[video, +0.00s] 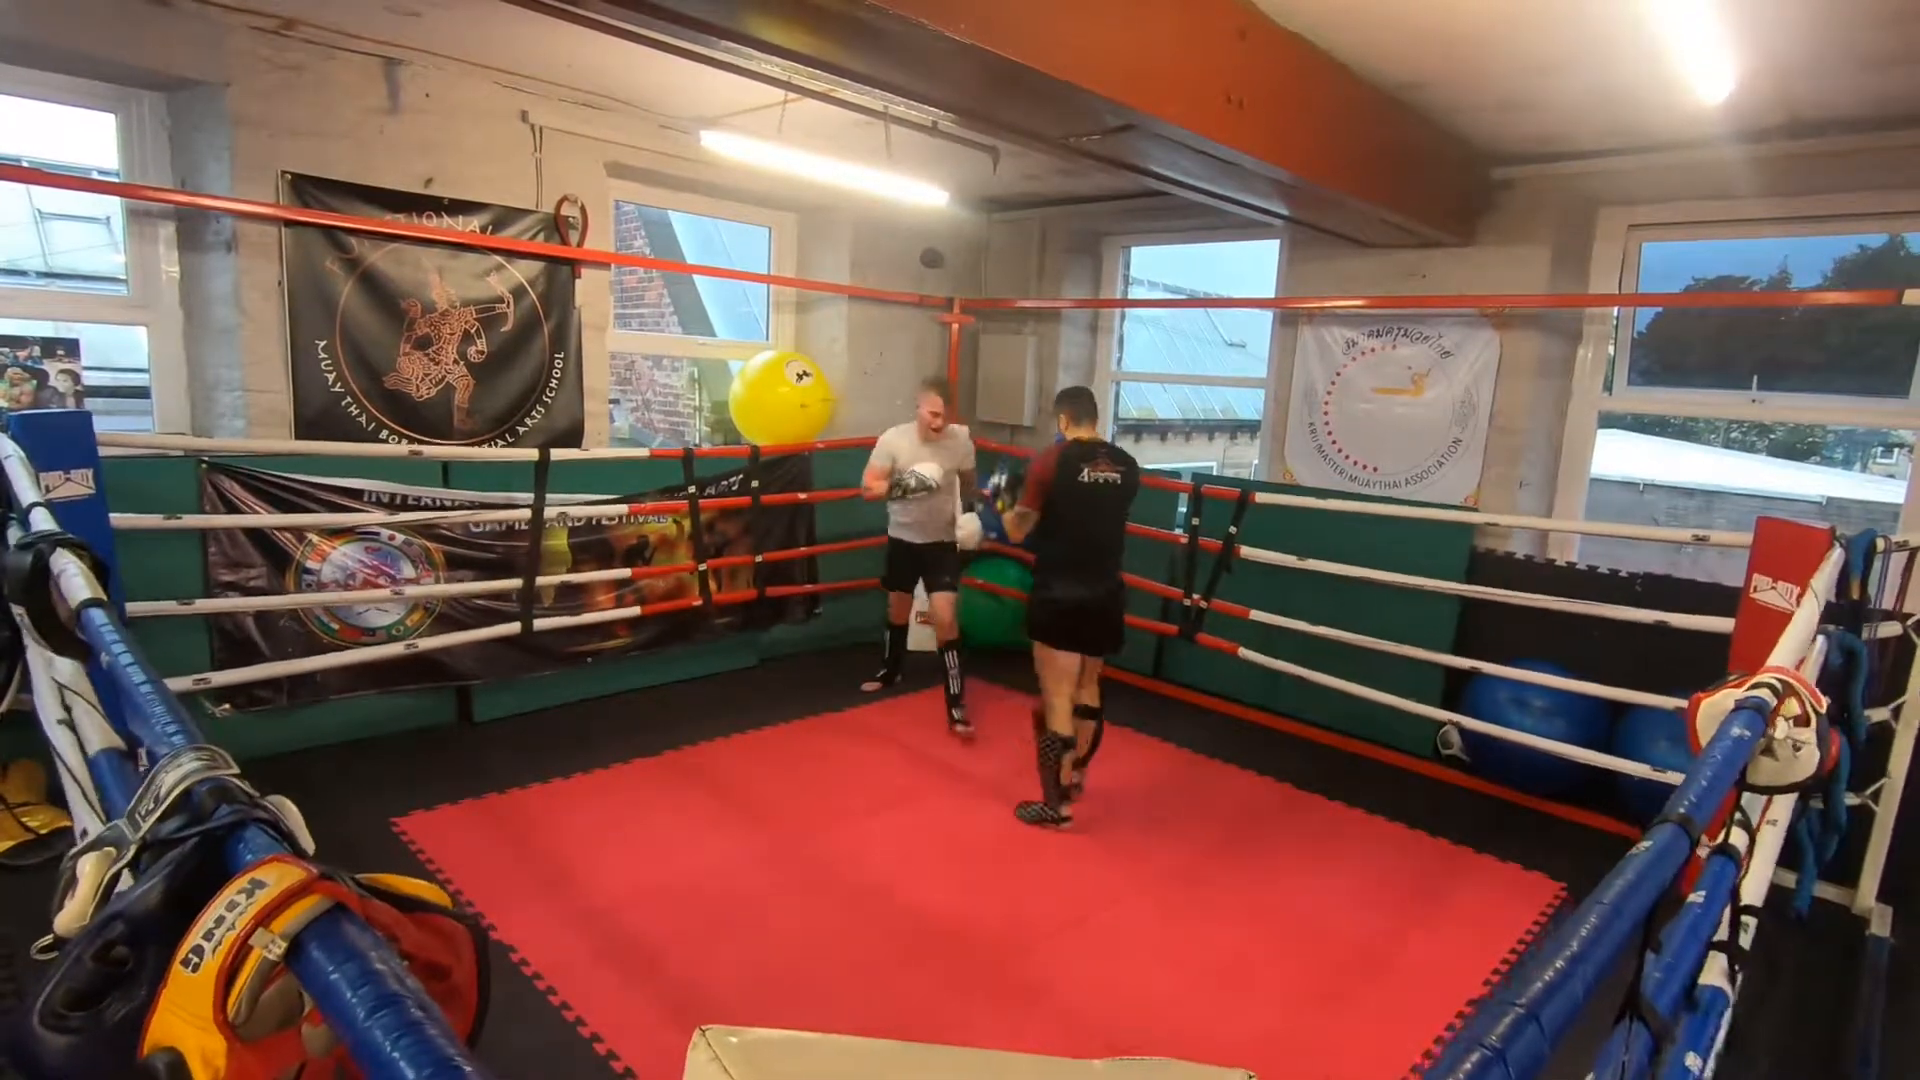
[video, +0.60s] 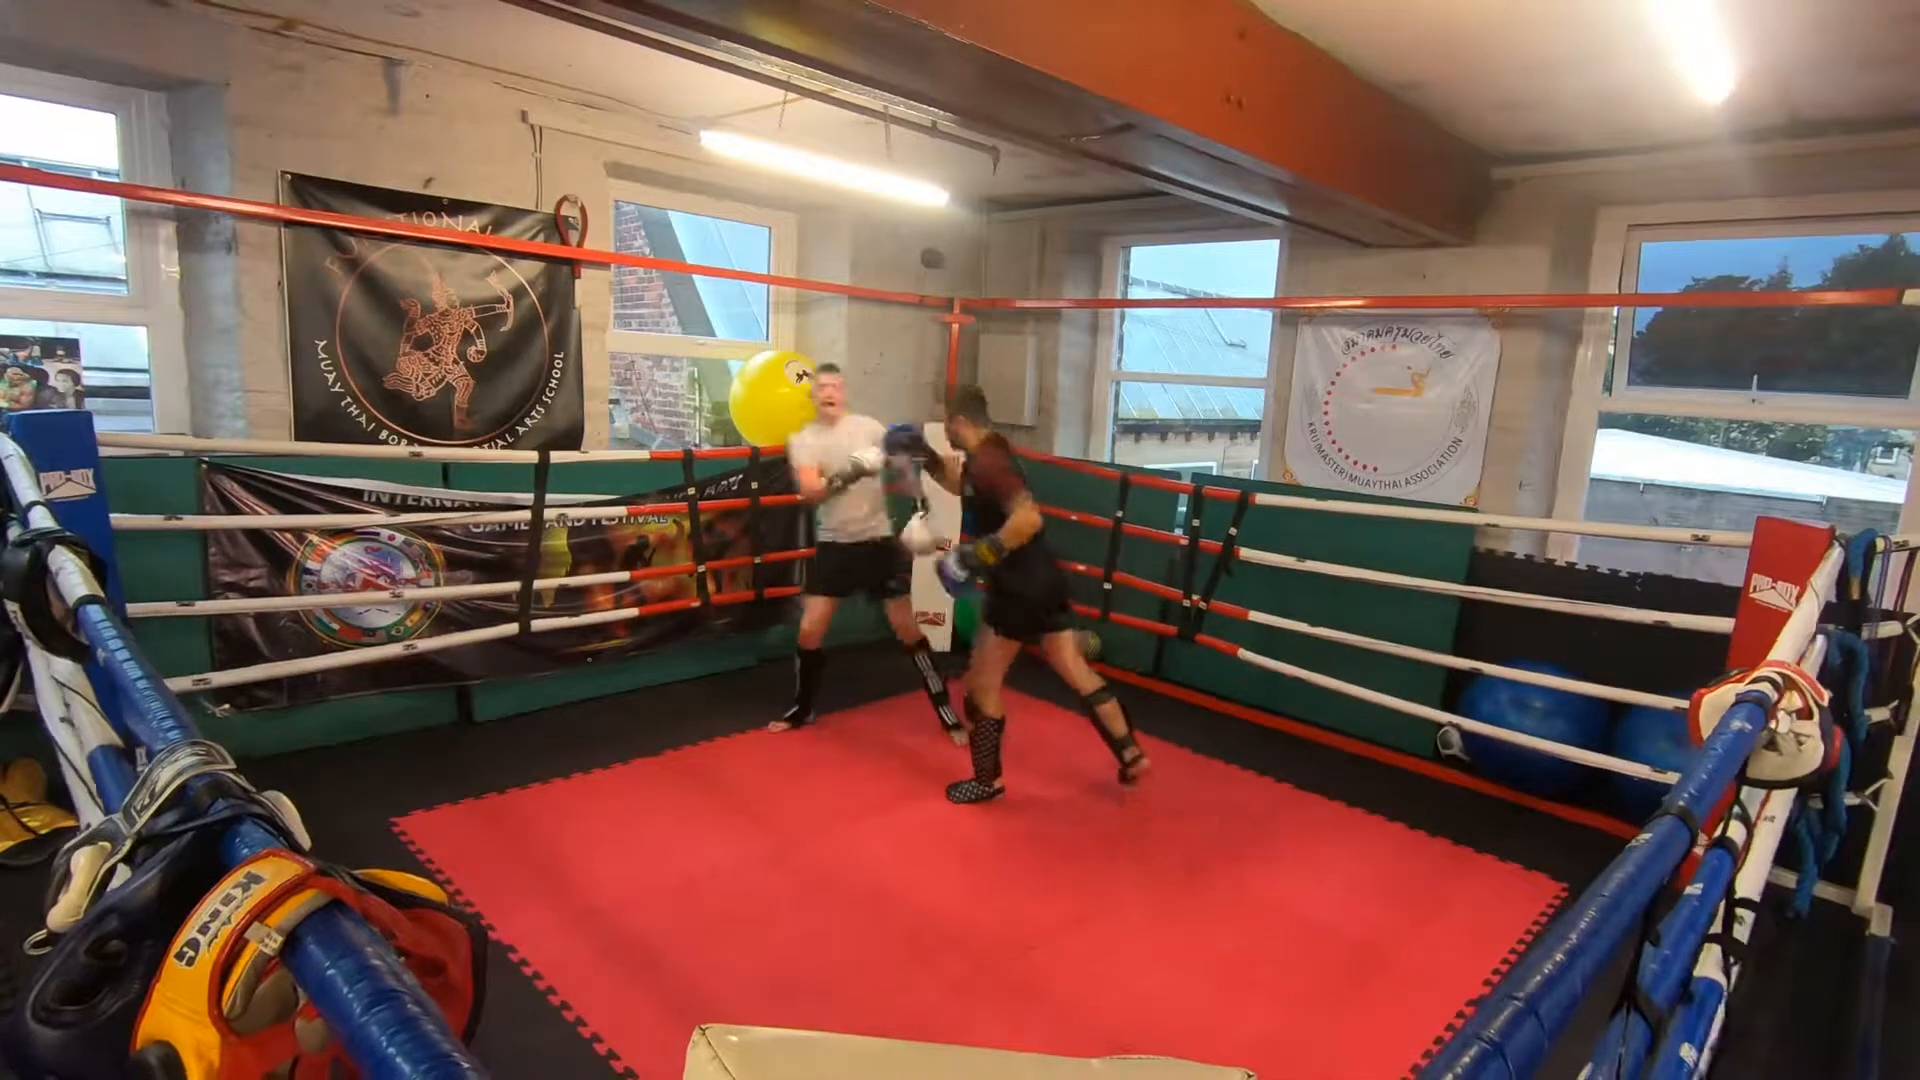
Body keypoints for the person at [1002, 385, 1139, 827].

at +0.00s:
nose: (1058, 428)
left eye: (1057, 422)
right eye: (1063, 422)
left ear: (1062, 421)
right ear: (1097, 420)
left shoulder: (1049, 462)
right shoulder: (1126, 466)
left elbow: (1018, 528)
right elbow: (1106, 517)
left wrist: (1008, 506)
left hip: (1056, 593)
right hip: (1104, 595)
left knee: (1059, 697)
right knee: (1088, 682)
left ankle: (1056, 802)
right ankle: (1076, 773)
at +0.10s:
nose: (1058, 429)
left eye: (1058, 422)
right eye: (1060, 423)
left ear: (1066, 421)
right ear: (1099, 419)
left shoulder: (1056, 460)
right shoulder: (1129, 464)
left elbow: (1025, 528)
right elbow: (1103, 519)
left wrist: (1003, 511)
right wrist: (1038, 505)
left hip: (1062, 595)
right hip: (1109, 596)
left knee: (1047, 697)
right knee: (1102, 682)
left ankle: (1054, 801)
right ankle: (1118, 780)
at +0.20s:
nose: (1059, 441)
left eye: (1058, 436)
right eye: (1060, 436)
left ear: (1067, 432)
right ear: (1098, 430)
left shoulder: (1066, 470)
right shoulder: (1125, 472)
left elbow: (1042, 540)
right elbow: (1097, 521)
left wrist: (1000, 531)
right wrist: (1056, 478)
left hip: (1070, 607)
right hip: (1118, 607)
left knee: (1011, 688)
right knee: (1126, 700)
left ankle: (1032, 787)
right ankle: (1180, 791)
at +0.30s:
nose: (1031, 463)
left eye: (1032, 456)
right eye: (1032, 456)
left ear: (1040, 457)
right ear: (1070, 452)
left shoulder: (1063, 492)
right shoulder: (1100, 490)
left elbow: (1078, 552)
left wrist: (1027, 582)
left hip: (1079, 632)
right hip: (1123, 630)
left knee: (994, 684)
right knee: (1146, 716)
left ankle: (990, 779)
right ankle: (1199, 813)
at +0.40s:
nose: (994, 457)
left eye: (995, 450)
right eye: (995, 450)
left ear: (1005, 451)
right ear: (1030, 448)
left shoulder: (1035, 489)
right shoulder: (1045, 479)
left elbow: (1078, 538)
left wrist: (1037, 593)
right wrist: (987, 431)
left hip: (1066, 618)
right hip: (1103, 613)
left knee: (993, 686)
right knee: (1138, 703)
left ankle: (988, 781)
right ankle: (1191, 798)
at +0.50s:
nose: (966, 439)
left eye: (969, 432)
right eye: (967, 432)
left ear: (984, 434)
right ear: (1003, 431)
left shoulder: (1011, 472)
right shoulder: (1016, 461)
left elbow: (1054, 526)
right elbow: (962, 449)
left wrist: (1014, 575)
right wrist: (914, 443)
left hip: (1040, 599)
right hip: (1073, 592)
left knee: (992, 685)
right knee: (1114, 682)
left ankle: (987, 781)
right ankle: (1167, 772)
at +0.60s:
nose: (949, 432)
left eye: (950, 425)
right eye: (948, 425)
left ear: (961, 423)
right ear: (980, 421)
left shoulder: (986, 462)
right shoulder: (990, 453)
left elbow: (1027, 519)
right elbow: (957, 481)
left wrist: (978, 555)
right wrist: (922, 454)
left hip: (1017, 586)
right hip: (1043, 579)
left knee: (983, 680)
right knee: (1074, 668)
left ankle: (986, 779)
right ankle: (1130, 753)